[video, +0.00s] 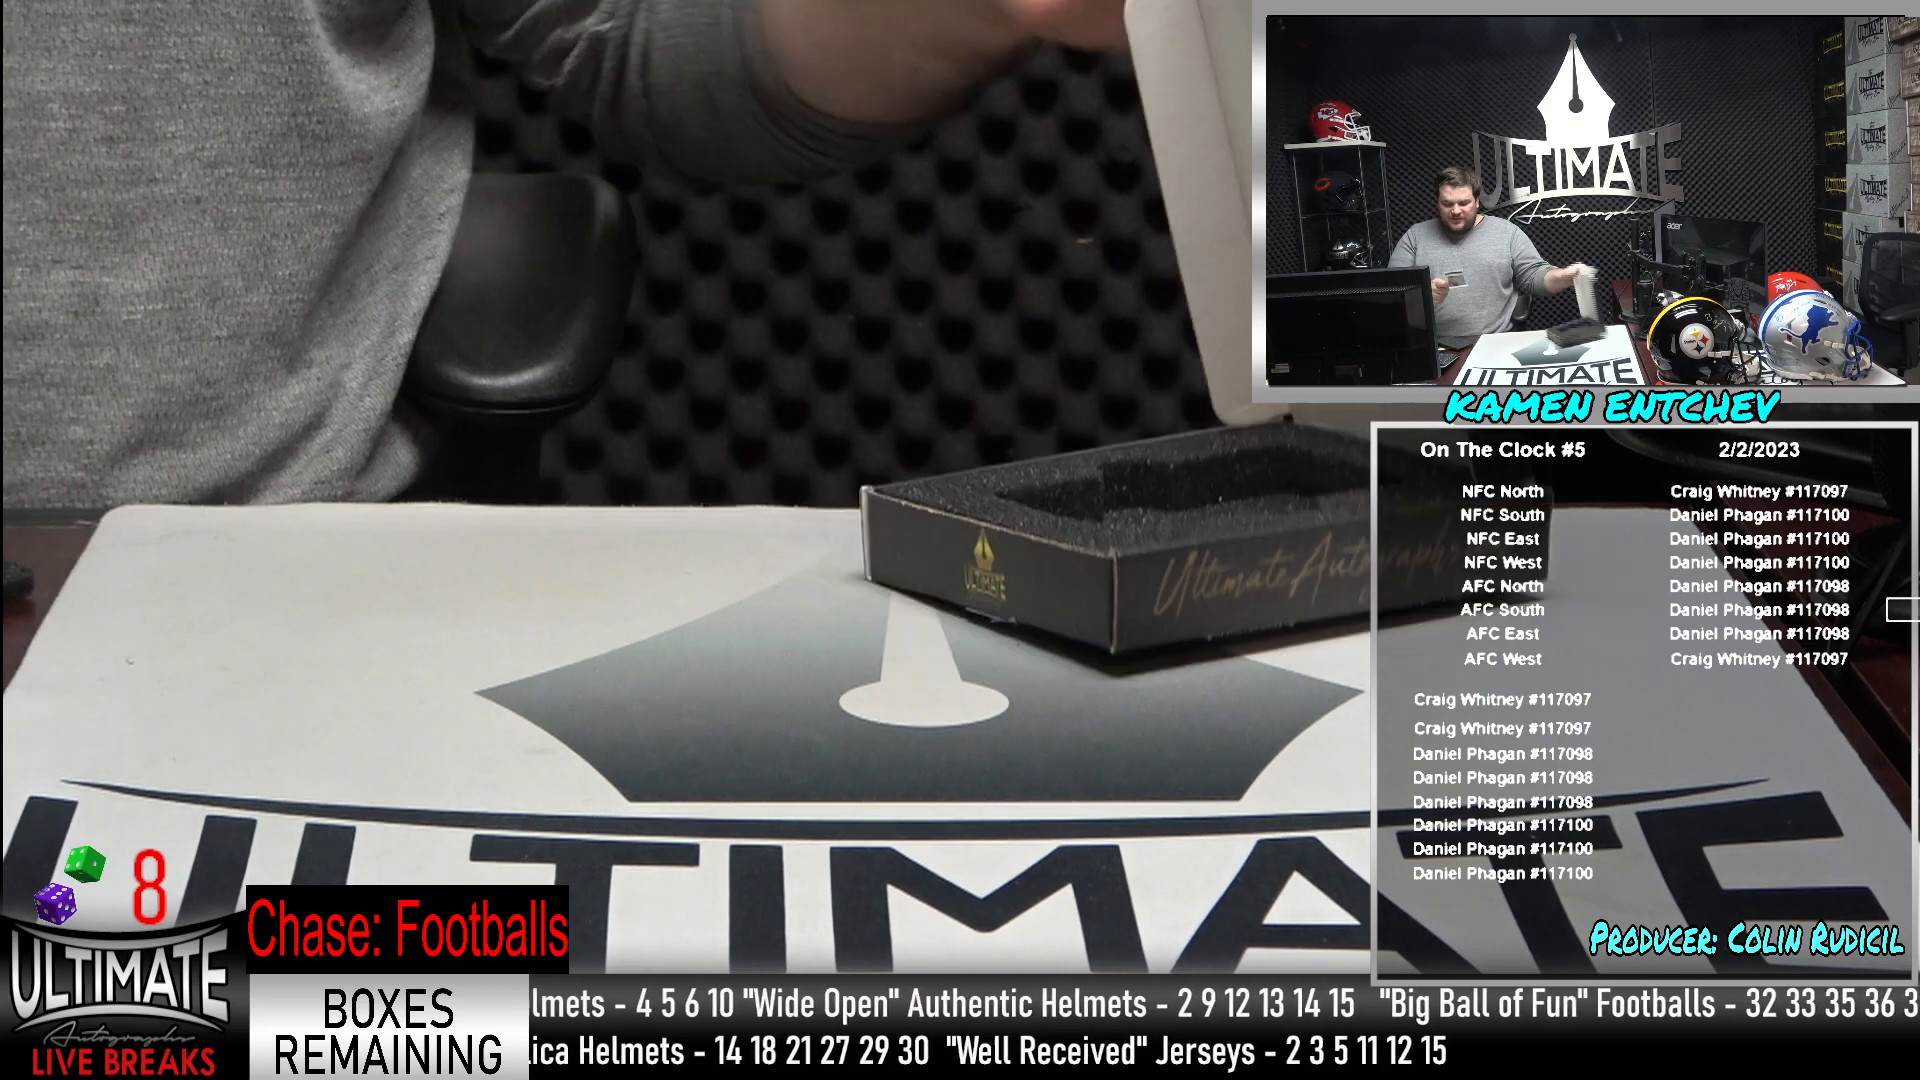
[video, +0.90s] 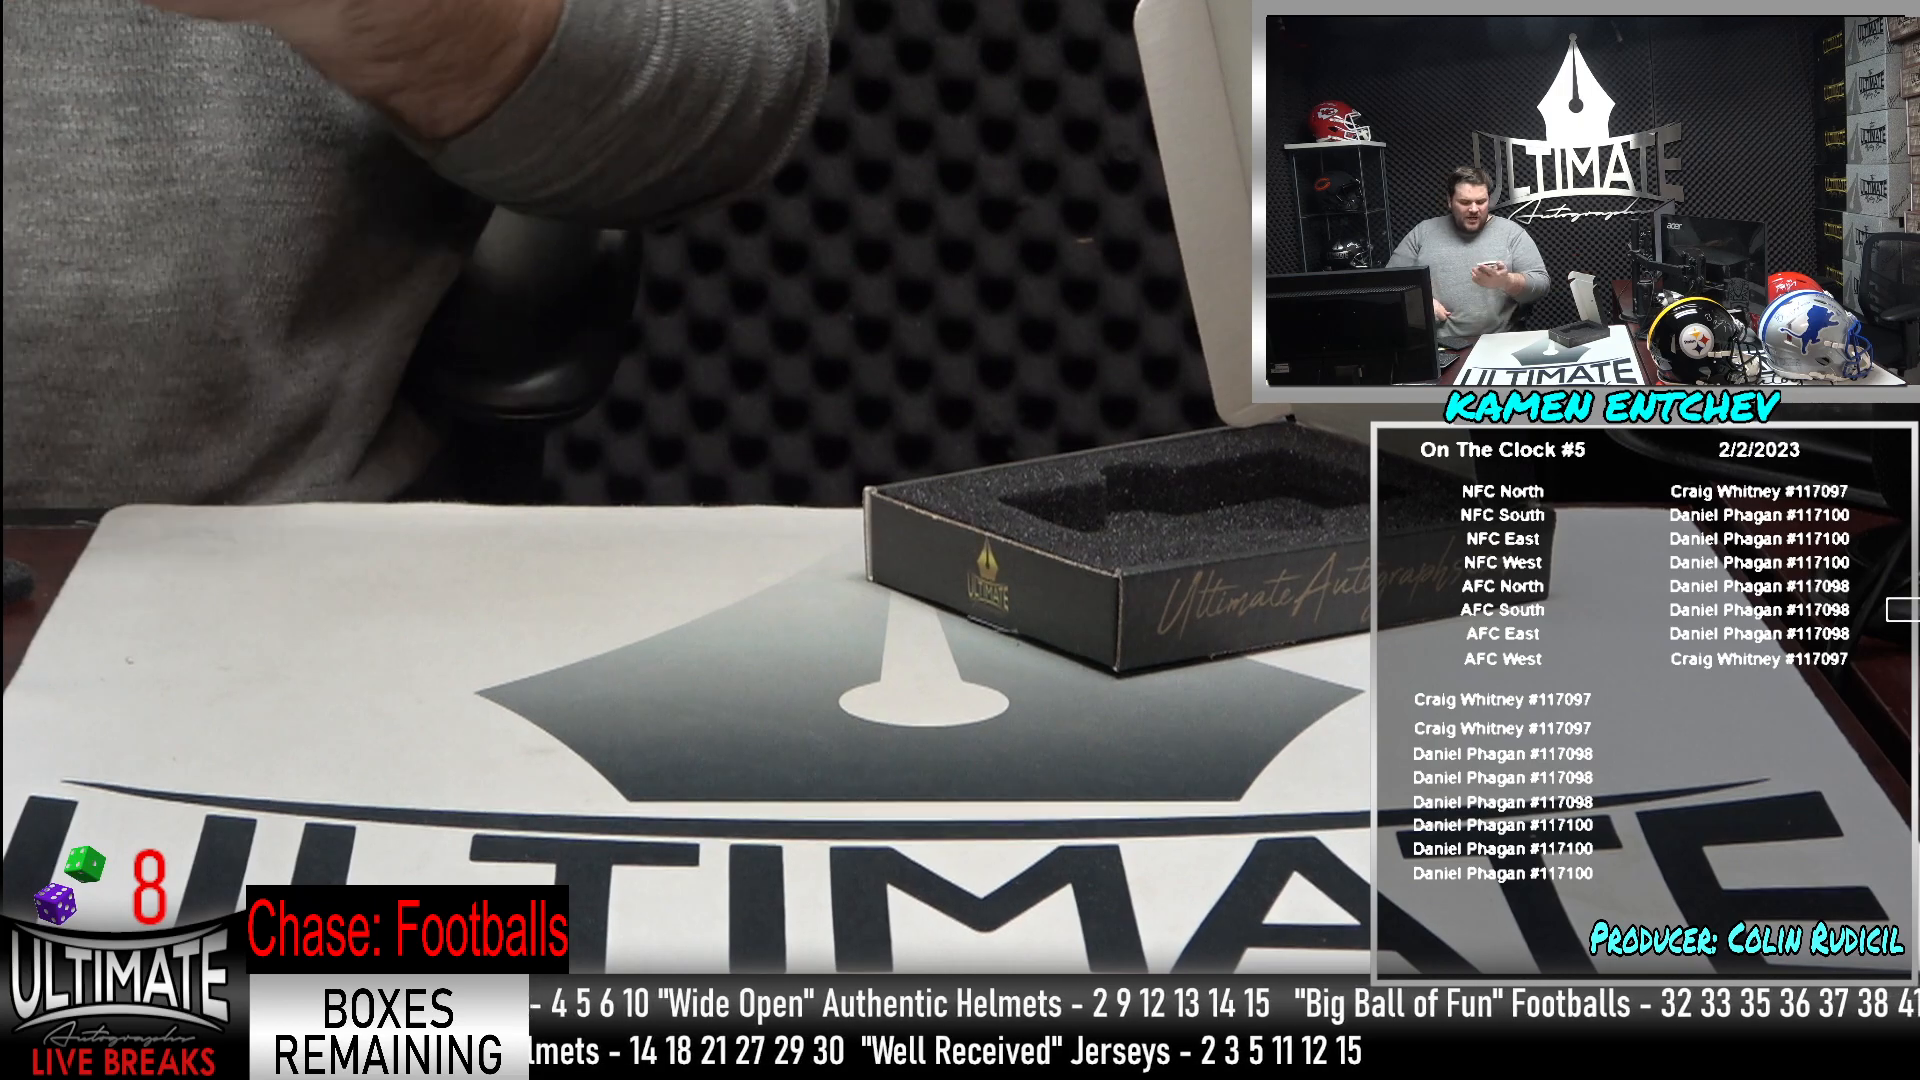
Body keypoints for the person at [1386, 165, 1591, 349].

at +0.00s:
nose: (1456, 211)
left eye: (1463, 203)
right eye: (1448, 204)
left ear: (1477, 201)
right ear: (1437, 203)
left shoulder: (1507, 233)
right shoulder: (1416, 237)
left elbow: (1532, 276)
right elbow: (1390, 288)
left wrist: (1564, 277)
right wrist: (1421, 291)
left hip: (1496, 348)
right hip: (1433, 352)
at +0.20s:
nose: (1456, 210)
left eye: (1463, 201)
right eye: (1448, 203)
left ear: (1476, 200)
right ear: (1438, 203)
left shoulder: (1508, 233)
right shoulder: (1416, 237)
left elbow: (1530, 275)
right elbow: (1391, 288)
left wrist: (1552, 277)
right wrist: (1423, 290)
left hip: (1497, 348)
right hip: (1434, 352)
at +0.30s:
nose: (1461, 209)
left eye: (1468, 200)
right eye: (1452, 202)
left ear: (1480, 199)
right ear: (1441, 203)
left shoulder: (1508, 233)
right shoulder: (1418, 235)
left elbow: (1542, 277)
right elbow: (1392, 287)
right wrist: (1428, 289)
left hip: (1496, 346)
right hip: (1434, 351)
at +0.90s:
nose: (1474, 209)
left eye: (1480, 201)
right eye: (1465, 202)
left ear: (1489, 200)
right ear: (1450, 201)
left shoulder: (1511, 234)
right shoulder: (1424, 234)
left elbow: (1541, 283)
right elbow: (1389, 280)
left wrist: (1507, 282)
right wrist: (1422, 301)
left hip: (1497, 346)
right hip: (1437, 350)